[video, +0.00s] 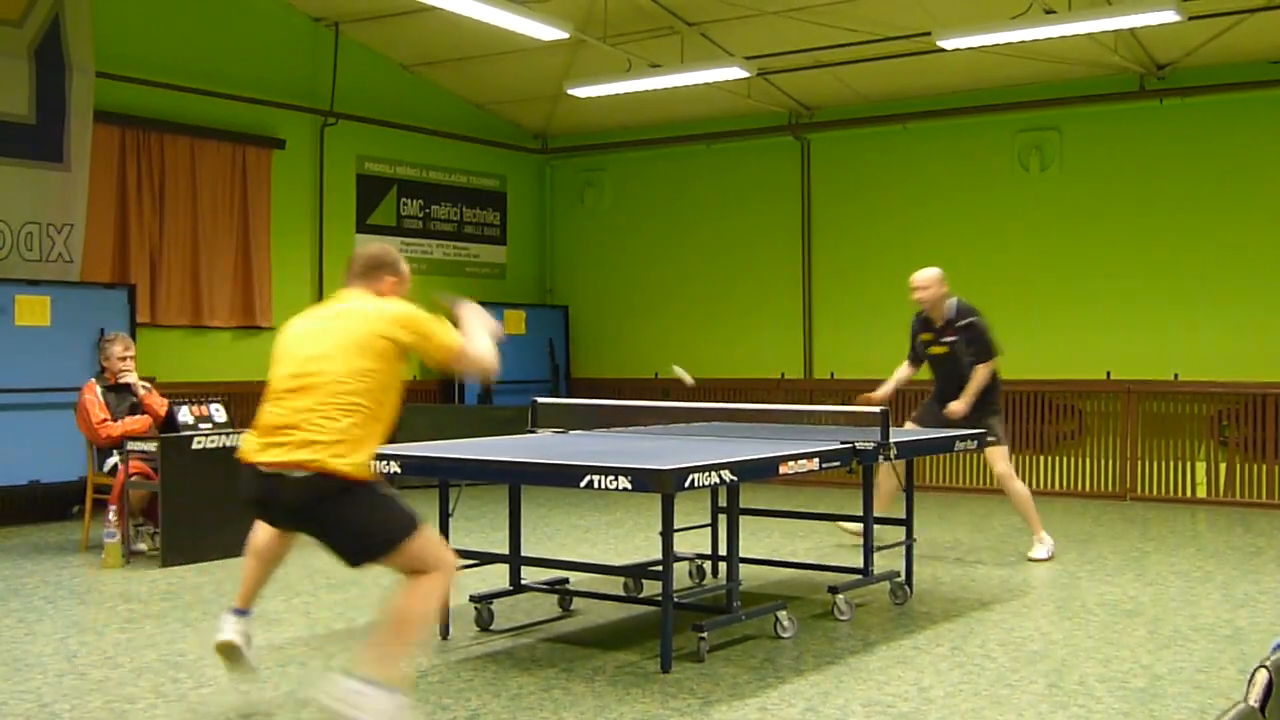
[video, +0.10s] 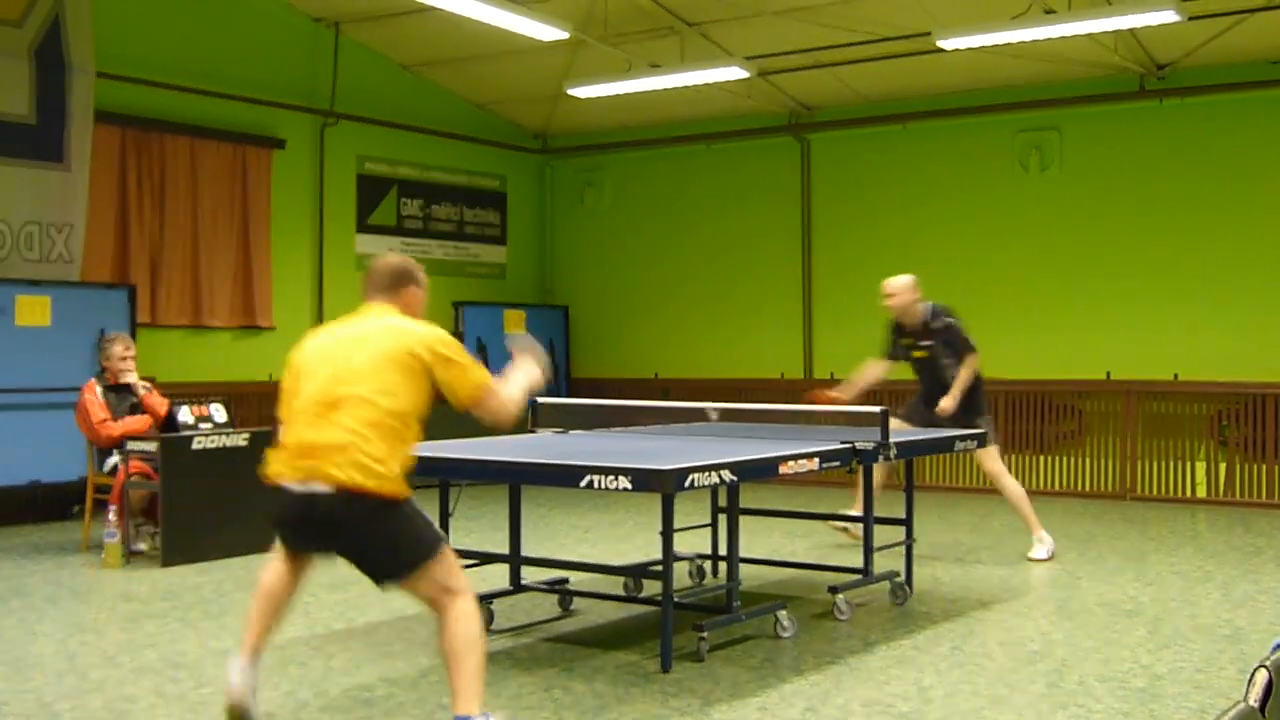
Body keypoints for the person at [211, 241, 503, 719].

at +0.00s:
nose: (406, 293)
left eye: (406, 286)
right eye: (405, 285)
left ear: (351, 280)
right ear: (389, 282)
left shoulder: (300, 322)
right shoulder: (394, 314)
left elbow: (288, 397)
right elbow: (483, 364)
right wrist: (476, 322)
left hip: (264, 478)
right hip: (330, 483)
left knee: (282, 514)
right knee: (436, 564)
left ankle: (236, 618)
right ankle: (373, 679)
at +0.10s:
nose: (425, 303)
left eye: (425, 296)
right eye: (424, 295)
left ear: (369, 293)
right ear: (410, 294)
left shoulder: (314, 339)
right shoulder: (421, 338)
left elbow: (288, 424)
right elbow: (500, 409)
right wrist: (525, 368)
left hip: (294, 497)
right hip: (368, 501)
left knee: (288, 556)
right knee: (454, 595)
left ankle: (244, 665)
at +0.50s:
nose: (435, 301)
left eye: (435, 292)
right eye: (435, 292)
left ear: (379, 290)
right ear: (421, 293)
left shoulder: (324, 341)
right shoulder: (430, 350)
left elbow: (292, 419)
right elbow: (447, 442)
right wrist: (497, 475)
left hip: (305, 499)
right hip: (384, 508)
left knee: (272, 591)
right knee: (468, 592)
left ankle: (198, 700)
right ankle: (467, 713)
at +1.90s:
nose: (1057, 239)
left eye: (1060, 227)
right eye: (1056, 225)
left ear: (1014, 215)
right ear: (1032, 217)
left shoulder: (959, 266)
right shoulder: (1000, 270)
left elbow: (946, 367)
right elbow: (974, 358)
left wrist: (1007, 413)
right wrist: (978, 462)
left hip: (930, 453)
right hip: (975, 456)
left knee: (934, 569)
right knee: (1028, 567)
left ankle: (828, 650)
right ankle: (1010, 706)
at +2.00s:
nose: (1118, 234)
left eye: (1121, 222)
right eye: (1116, 221)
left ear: (1074, 210)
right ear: (1091, 212)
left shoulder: (1015, 260)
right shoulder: (1064, 263)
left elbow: (1001, 356)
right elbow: (1047, 353)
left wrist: (1065, 413)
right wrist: (1064, 449)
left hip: (989, 441)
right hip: (1024, 446)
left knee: (1038, 554)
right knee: (1049, 569)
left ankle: (957, 643)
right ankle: (1012, 704)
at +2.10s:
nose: (1157, 237)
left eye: (1161, 225)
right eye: (1156, 224)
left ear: (1113, 213)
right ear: (1129, 214)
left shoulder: (1052, 261)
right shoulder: (1102, 260)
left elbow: (1022, 353)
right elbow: (1097, 353)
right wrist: (1133, 448)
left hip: (1036, 435)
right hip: (1056, 440)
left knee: (1113, 537)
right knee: (1056, 573)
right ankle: (1012, 705)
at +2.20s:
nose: (1226, 260)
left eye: (1230, 249)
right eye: (1224, 246)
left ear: (1186, 235)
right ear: (1197, 234)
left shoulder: (1134, 273)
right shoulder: (1169, 276)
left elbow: (1099, 379)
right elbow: (1172, 368)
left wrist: (1149, 439)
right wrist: (1218, 453)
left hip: (1114, 447)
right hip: (1093, 445)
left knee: (1172, 549)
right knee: (1089, 579)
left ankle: (1216, 670)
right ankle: (1016, 701)